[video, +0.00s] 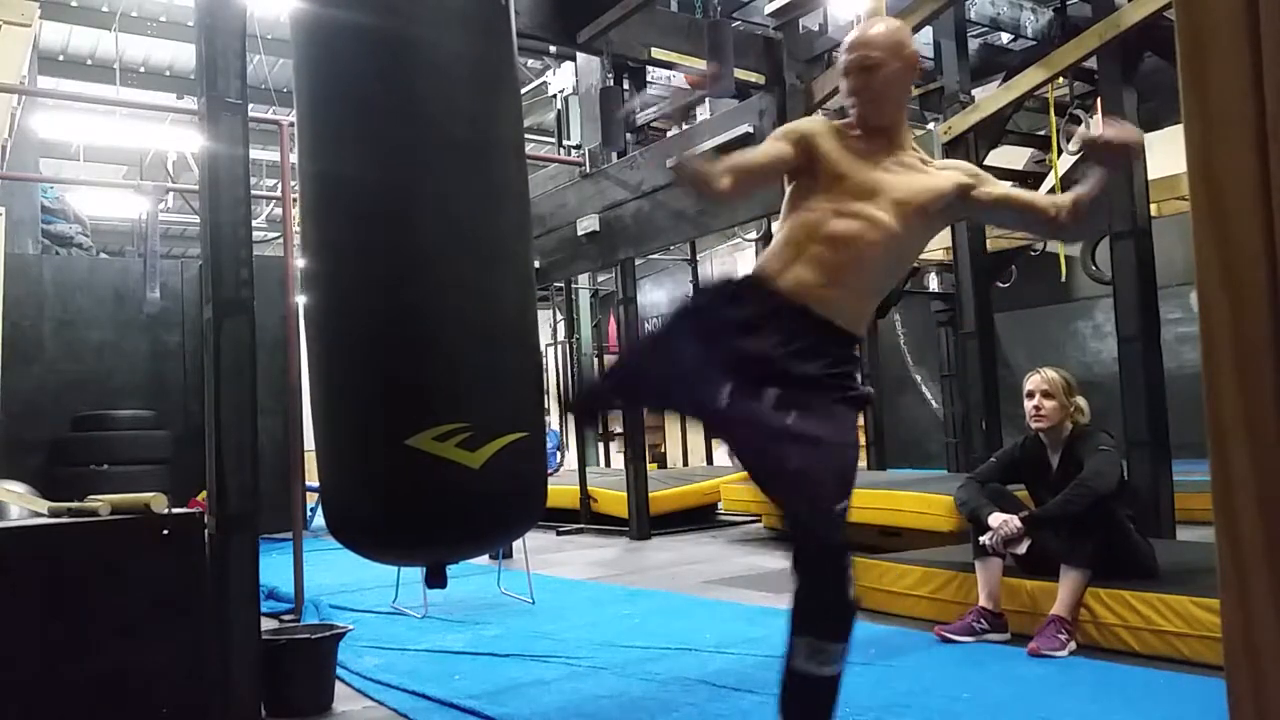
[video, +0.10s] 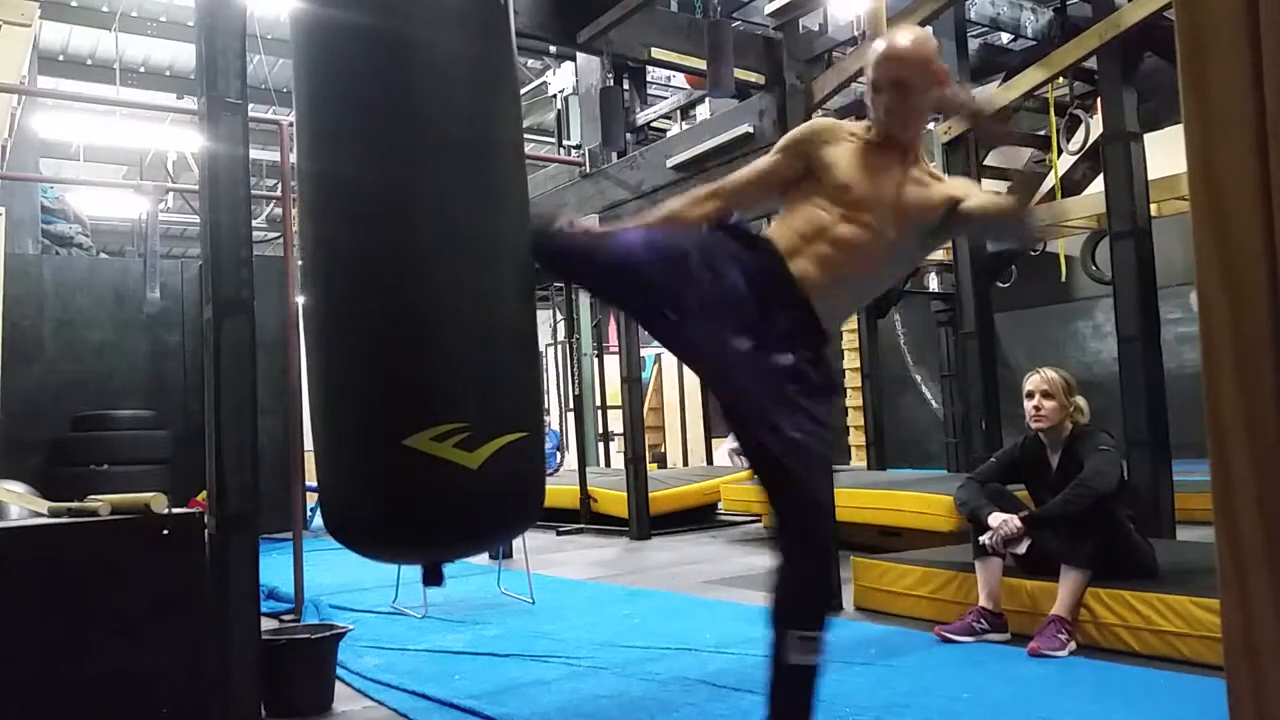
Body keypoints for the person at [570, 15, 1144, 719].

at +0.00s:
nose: (848, 78)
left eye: (865, 63)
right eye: (844, 65)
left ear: (912, 74)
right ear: (839, 74)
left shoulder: (951, 179)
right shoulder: (811, 137)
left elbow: (1067, 214)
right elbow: (721, 181)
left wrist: (1107, 167)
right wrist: (679, 146)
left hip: (821, 365)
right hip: (739, 320)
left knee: (823, 545)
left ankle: (804, 713)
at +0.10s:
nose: (891, 97)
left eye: (908, 84)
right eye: (883, 82)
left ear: (939, 93)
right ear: (870, 84)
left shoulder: (942, 194)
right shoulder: (824, 140)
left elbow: (1019, 222)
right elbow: (714, 199)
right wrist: (613, 233)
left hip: (796, 356)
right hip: (736, 276)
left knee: (811, 539)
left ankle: (789, 713)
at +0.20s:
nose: (883, 94)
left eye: (900, 82)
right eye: (882, 79)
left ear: (933, 103)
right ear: (871, 85)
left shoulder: (944, 222)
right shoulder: (820, 137)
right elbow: (729, 201)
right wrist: (644, 218)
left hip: (764, 354)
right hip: (701, 263)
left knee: (767, 541)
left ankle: (762, 714)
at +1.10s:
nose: (691, 139)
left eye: (689, 125)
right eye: (685, 130)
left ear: (712, 95)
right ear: (743, 95)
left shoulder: (738, 146)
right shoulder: (814, 170)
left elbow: (690, 203)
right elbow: (835, 293)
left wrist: (566, 199)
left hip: (773, 369)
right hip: (825, 364)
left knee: (727, 555)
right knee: (859, 532)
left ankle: (730, 712)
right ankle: (931, 680)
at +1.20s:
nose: (716, 160)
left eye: (713, 147)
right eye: (711, 151)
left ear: (732, 125)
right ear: (763, 121)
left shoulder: (760, 173)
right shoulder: (835, 184)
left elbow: (695, 218)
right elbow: (883, 286)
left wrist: (567, 206)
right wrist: (834, 328)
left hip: (802, 379)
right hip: (856, 373)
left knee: (739, 558)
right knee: (877, 546)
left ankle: (737, 712)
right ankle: (945, 697)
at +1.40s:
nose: (750, 150)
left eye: (748, 137)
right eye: (745, 140)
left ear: (770, 113)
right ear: (803, 108)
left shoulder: (788, 153)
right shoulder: (872, 169)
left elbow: (746, 224)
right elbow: (945, 252)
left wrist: (624, 218)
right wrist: (890, 324)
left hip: (815, 347)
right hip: (870, 348)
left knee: (763, 530)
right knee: (870, 519)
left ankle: (782, 707)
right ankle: (929, 672)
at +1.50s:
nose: (751, 135)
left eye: (756, 120)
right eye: (748, 124)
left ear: (791, 102)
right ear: (809, 107)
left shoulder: (790, 155)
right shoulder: (880, 173)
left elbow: (744, 232)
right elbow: (961, 250)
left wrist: (632, 236)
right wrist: (907, 322)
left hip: (820, 352)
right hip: (875, 351)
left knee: (770, 536)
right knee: (854, 521)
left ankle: (790, 708)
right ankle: (899, 677)